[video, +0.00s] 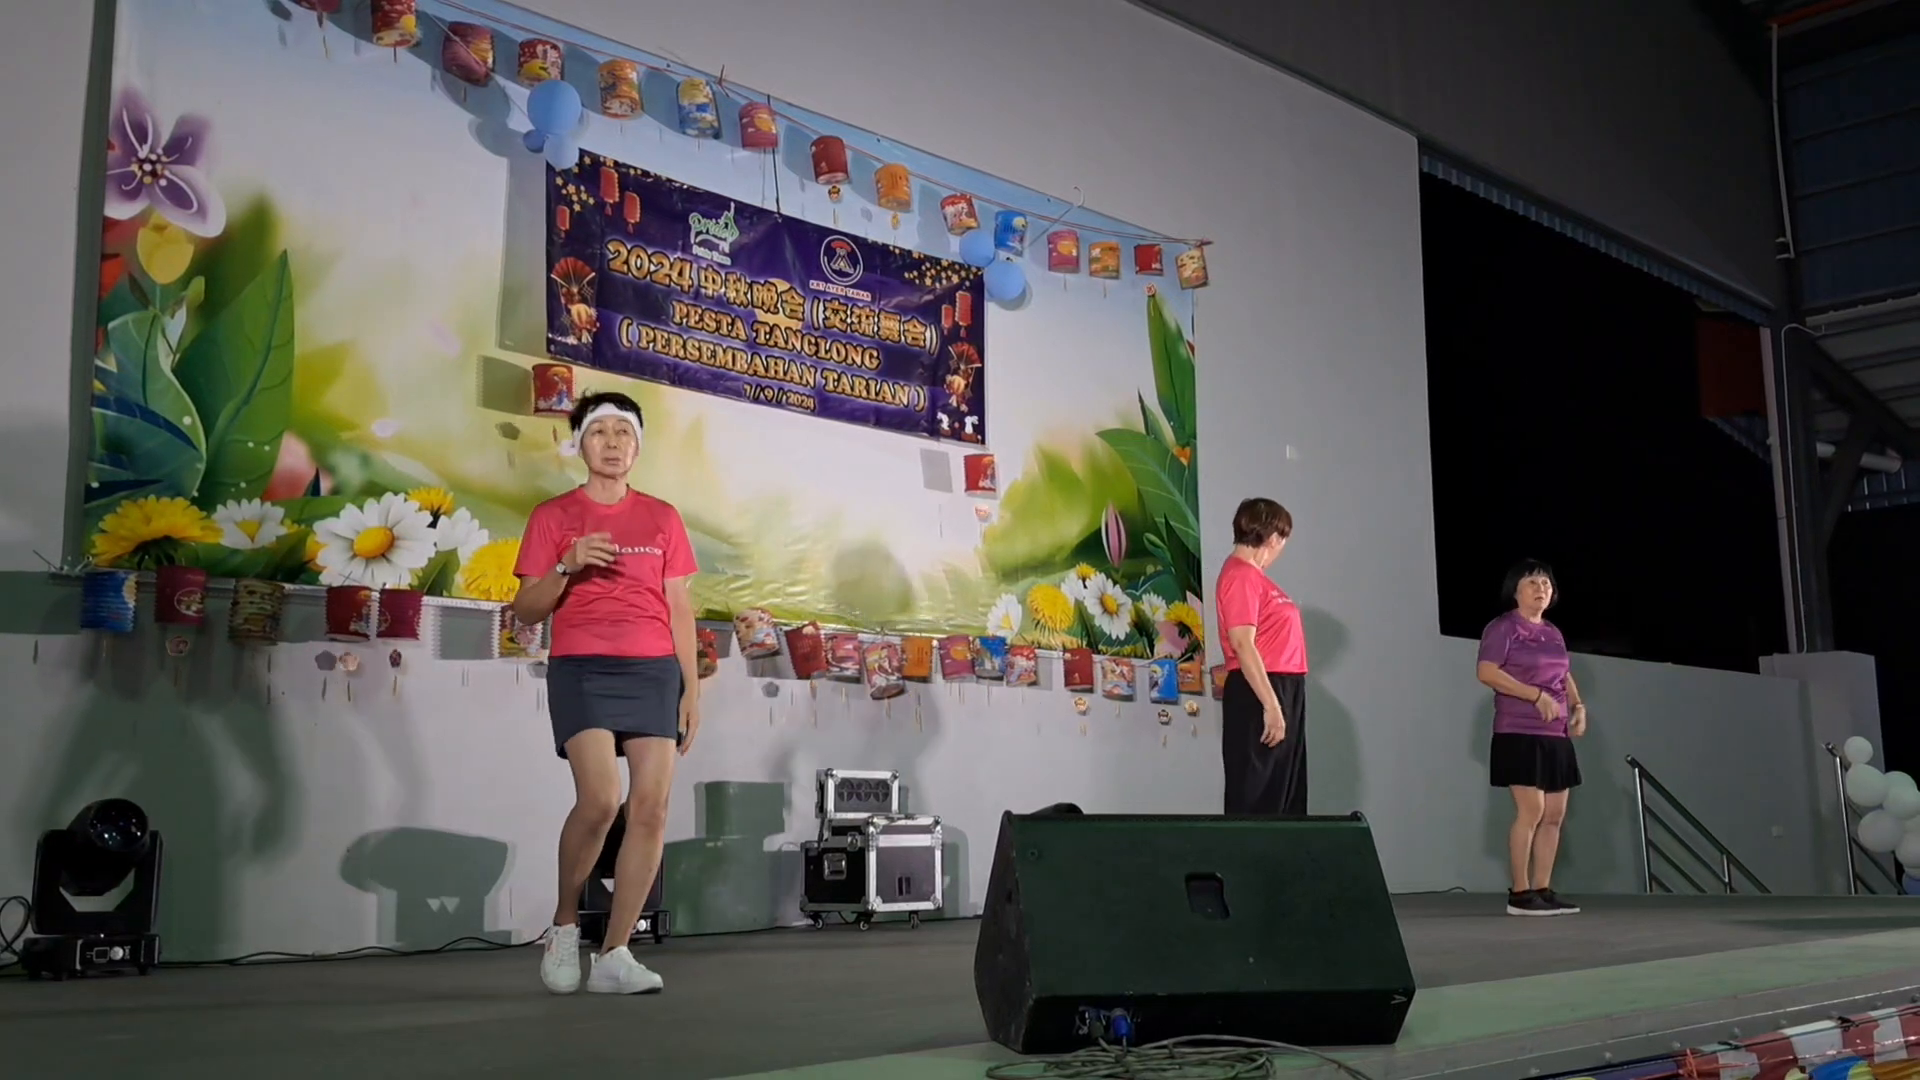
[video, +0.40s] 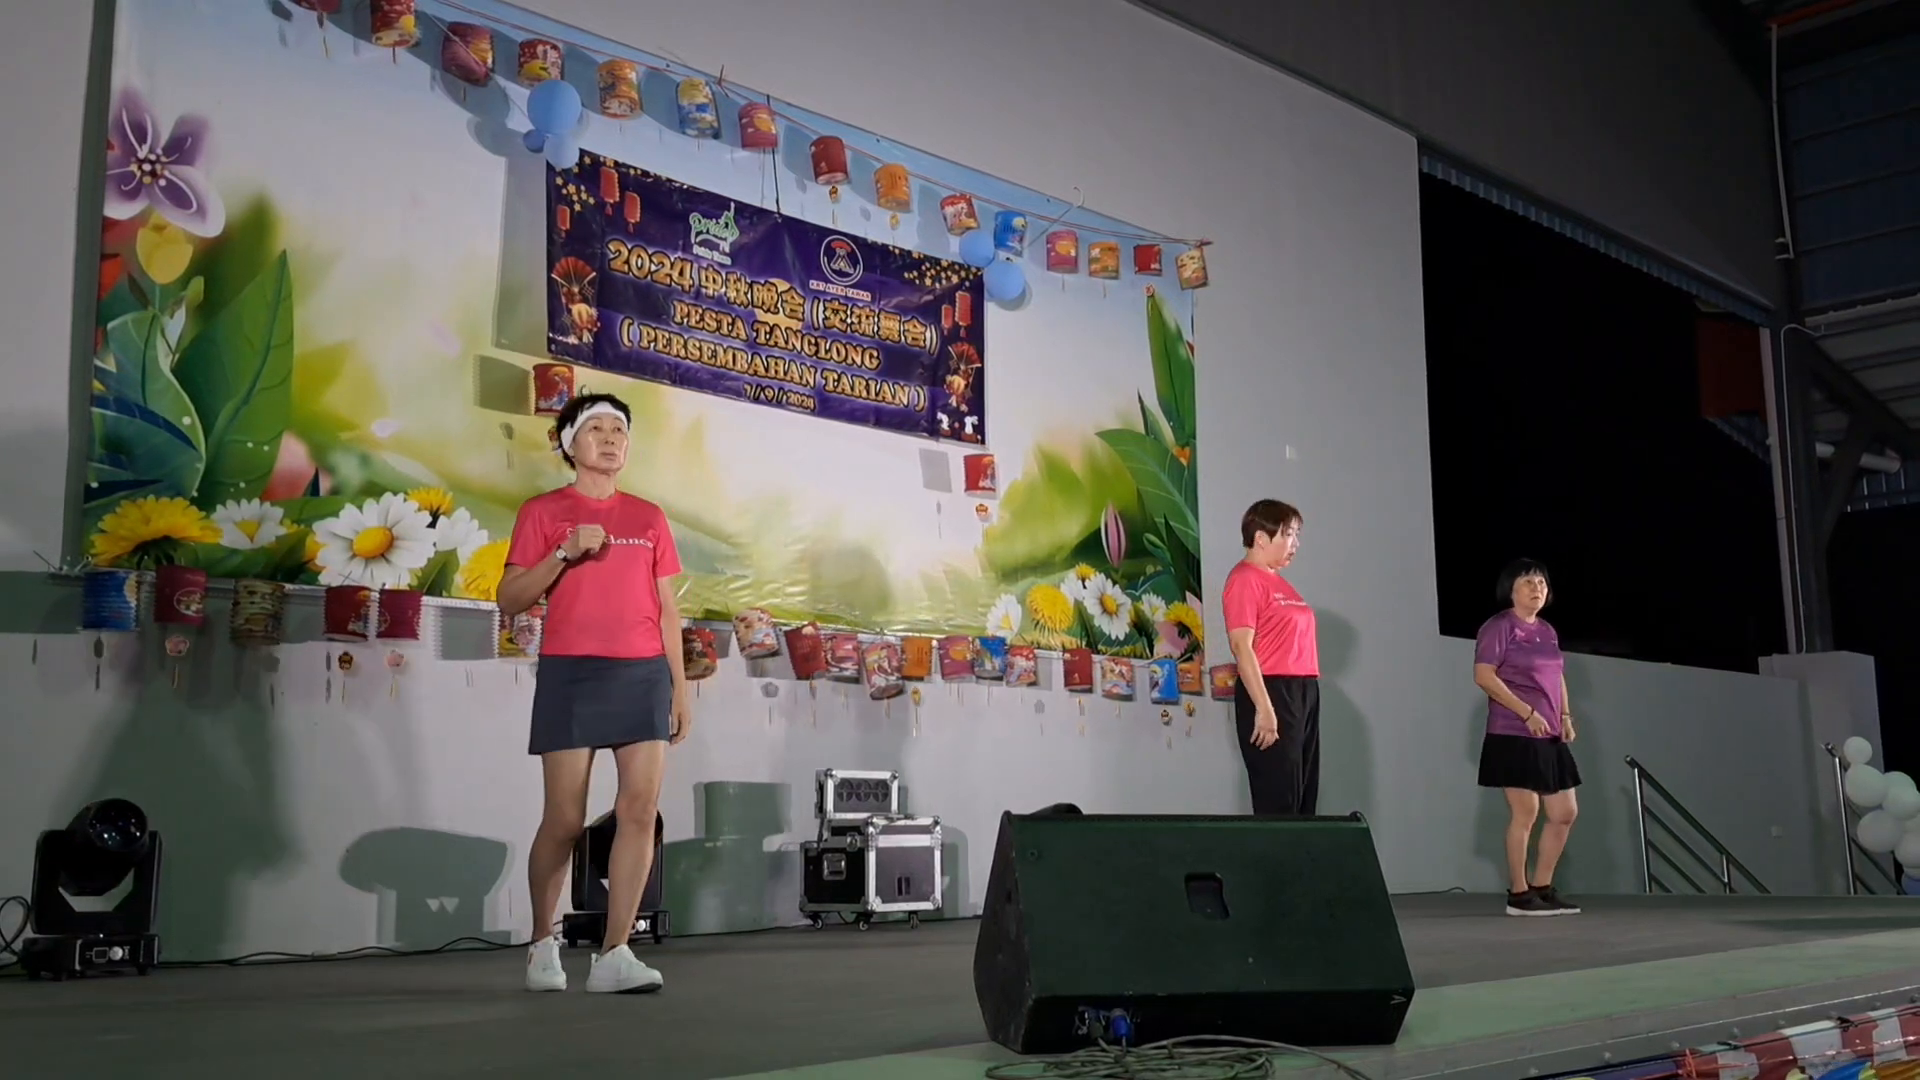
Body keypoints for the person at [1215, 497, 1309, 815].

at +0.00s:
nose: (1281, 547)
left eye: (1284, 540)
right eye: (1283, 539)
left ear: (1245, 530)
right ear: (1272, 538)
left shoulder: (1253, 575)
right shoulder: (1241, 575)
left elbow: (1251, 642)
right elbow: (1242, 643)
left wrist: (1283, 701)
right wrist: (1271, 705)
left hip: (1284, 687)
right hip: (1261, 688)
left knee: (1284, 792)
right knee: (1256, 793)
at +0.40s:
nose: (1295, 544)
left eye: (1296, 536)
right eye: (1288, 535)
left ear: (1264, 541)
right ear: (1261, 539)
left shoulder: (1276, 579)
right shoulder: (1245, 578)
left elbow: (1282, 645)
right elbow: (1241, 647)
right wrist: (1263, 707)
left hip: (1303, 692)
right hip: (1273, 693)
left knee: (1303, 800)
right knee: (1279, 803)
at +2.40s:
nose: (1305, 537)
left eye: (1306, 529)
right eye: (1298, 528)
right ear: (1271, 534)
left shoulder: (1299, 583)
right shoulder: (1252, 578)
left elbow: (1317, 649)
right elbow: (1241, 646)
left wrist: (1348, 697)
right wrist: (1251, 709)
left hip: (1311, 700)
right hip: (1273, 698)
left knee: (1306, 808)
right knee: (1275, 809)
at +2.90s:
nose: (1294, 536)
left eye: (1293, 528)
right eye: (1291, 527)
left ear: (1267, 530)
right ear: (1276, 530)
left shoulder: (1268, 574)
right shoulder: (1252, 570)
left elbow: (1281, 650)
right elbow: (1247, 637)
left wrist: (1311, 703)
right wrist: (1269, 700)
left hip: (1285, 692)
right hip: (1261, 691)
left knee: (1287, 796)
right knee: (1261, 798)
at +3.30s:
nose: (1280, 544)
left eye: (1282, 536)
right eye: (1280, 536)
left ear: (1242, 529)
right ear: (1267, 533)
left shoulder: (1231, 567)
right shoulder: (1247, 566)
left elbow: (1244, 635)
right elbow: (1253, 633)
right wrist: (1284, 695)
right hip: (1255, 681)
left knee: (1277, 791)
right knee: (1254, 791)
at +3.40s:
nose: (1277, 541)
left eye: (1277, 533)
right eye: (1276, 532)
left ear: (1235, 529)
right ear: (1263, 532)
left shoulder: (1223, 571)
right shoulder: (1247, 566)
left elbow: (1219, 657)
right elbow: (1254, 632)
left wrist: (1213, 717)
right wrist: (1284, 695)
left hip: (1236, 680)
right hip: (1257, 681)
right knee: (1258, 790)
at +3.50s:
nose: (1274, 543)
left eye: (1275, 534)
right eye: (1272, 533)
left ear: (1234, 530)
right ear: (1255, 532)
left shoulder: (1221, 572)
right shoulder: (1243, 566)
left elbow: (1215, 656)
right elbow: (1251, 632)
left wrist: (1212, 715)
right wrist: (1284, 693)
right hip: (1254, 680)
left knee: (1278, 793)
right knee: (1253, 792)